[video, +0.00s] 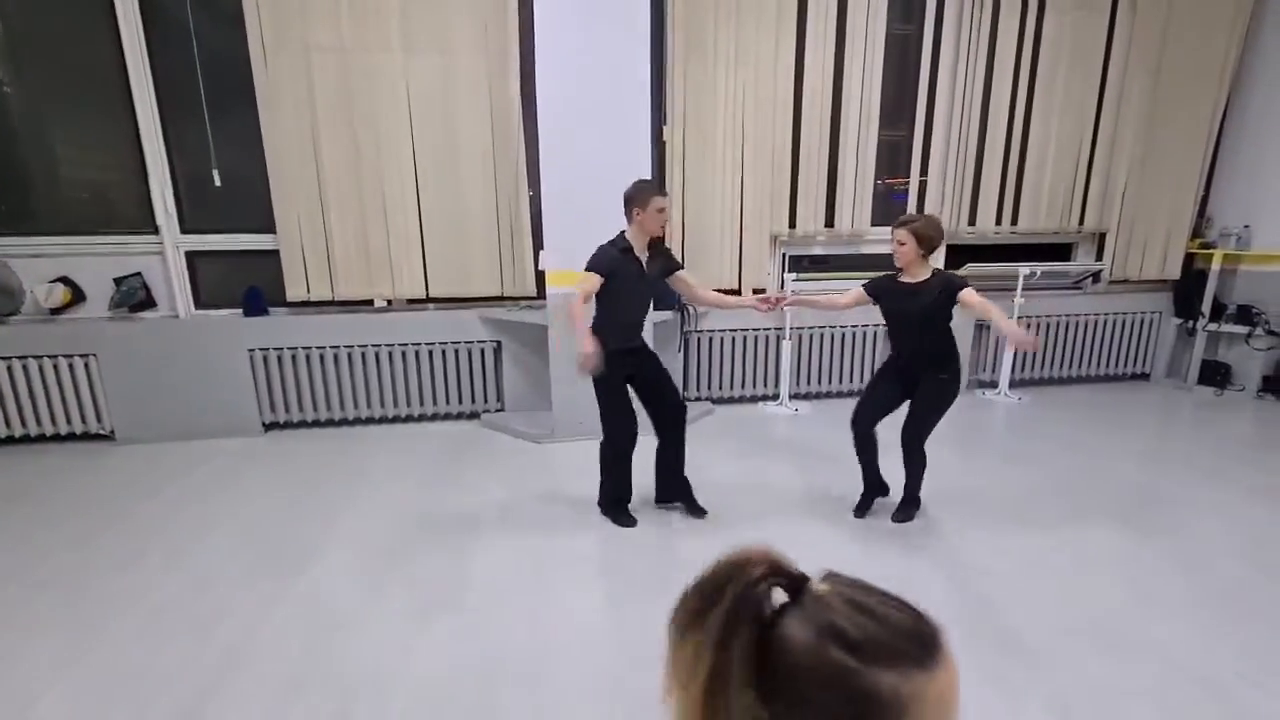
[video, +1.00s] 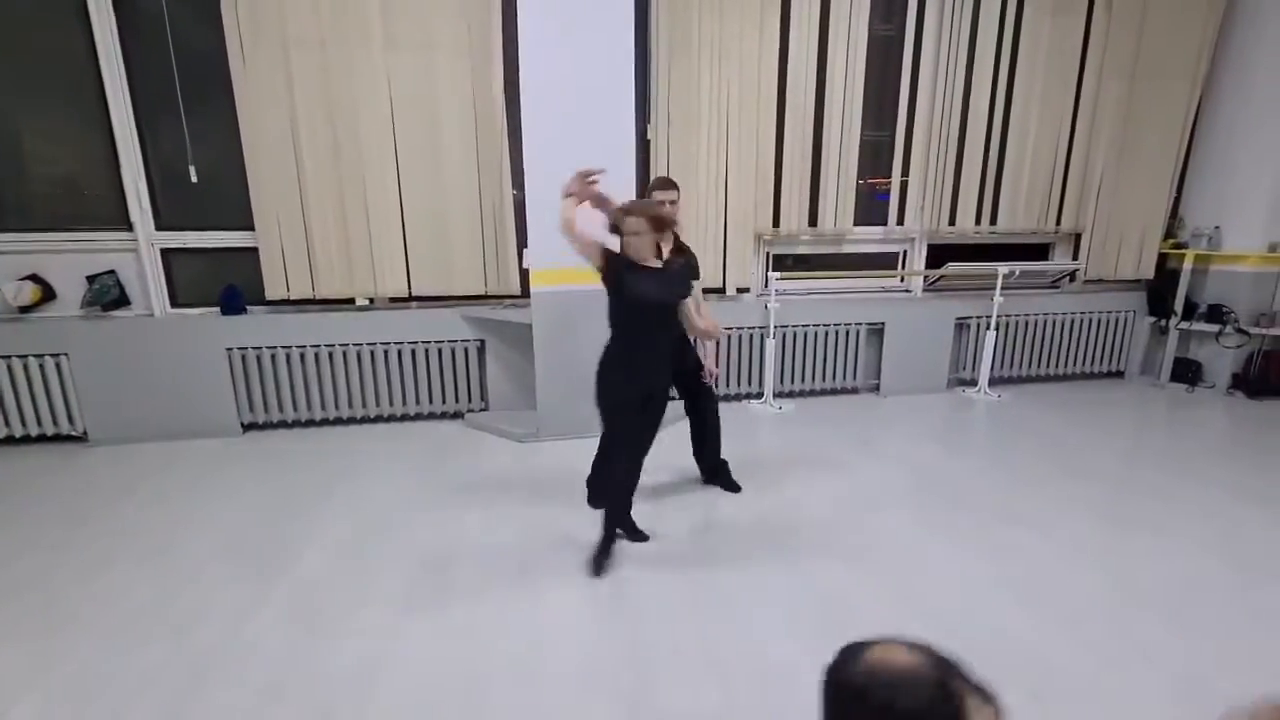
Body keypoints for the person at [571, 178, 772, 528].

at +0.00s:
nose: (666, 218)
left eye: (667, 211)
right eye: (659, 211)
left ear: (647, 214)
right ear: (636, 213)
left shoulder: (659, 255)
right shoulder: (609, 255)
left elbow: (695, 294)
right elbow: (579, 299)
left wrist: (750, 301)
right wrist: (585, 340)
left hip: (636, 350)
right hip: (605, 353)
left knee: (672, 412)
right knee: (621, 428)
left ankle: (671, 490)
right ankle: (613, 502)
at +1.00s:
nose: (668, 209)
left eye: (674, 202)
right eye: (661, 203)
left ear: (680, 205)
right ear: (648, 206)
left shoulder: (684, 255)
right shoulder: (634, 244)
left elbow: (696, 306)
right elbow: (614, 213)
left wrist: (708, 354)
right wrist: (594, 196)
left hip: (678, 338)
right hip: (643, 337)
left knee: (703, 399)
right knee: (632, 412)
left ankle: (711, 466)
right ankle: (608, 487)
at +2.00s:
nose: (650, 234)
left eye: (655, 225)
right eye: (643, 227)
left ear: (669, 217)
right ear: (637, 225)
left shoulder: (695, 254)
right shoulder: (631, 255)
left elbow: (712, 303)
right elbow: (603, 295)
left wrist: (719, 353)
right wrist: (581, 318)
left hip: (685, 350)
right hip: (644, 350)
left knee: (709, 414)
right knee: (617, 418)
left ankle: (729, 475)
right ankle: (581, 488)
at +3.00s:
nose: (645, 222)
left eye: (652, 216)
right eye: (639, 216)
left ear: (663, 220)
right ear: (630, 218)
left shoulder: (668, 275)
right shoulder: (611, 244)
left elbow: (664, 331)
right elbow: (563, 252)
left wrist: (620, 333)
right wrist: (536, 289)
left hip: (655, 357)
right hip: (613, 357)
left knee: (697, 415)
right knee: (599, 427)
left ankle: (739, 474)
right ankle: (578, 491)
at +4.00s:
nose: (604, 227)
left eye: (610, 219)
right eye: (601, 221)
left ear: (631, 218)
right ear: (602, 223)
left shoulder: (665, 255)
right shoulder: (604, 265)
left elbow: (695, 296)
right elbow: (586, 307)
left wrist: (677, 317)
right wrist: (578, 331)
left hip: (652, 352)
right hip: (611, 350)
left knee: (677, 416)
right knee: (573, 410)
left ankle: (691, 479)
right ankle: (533, 470)